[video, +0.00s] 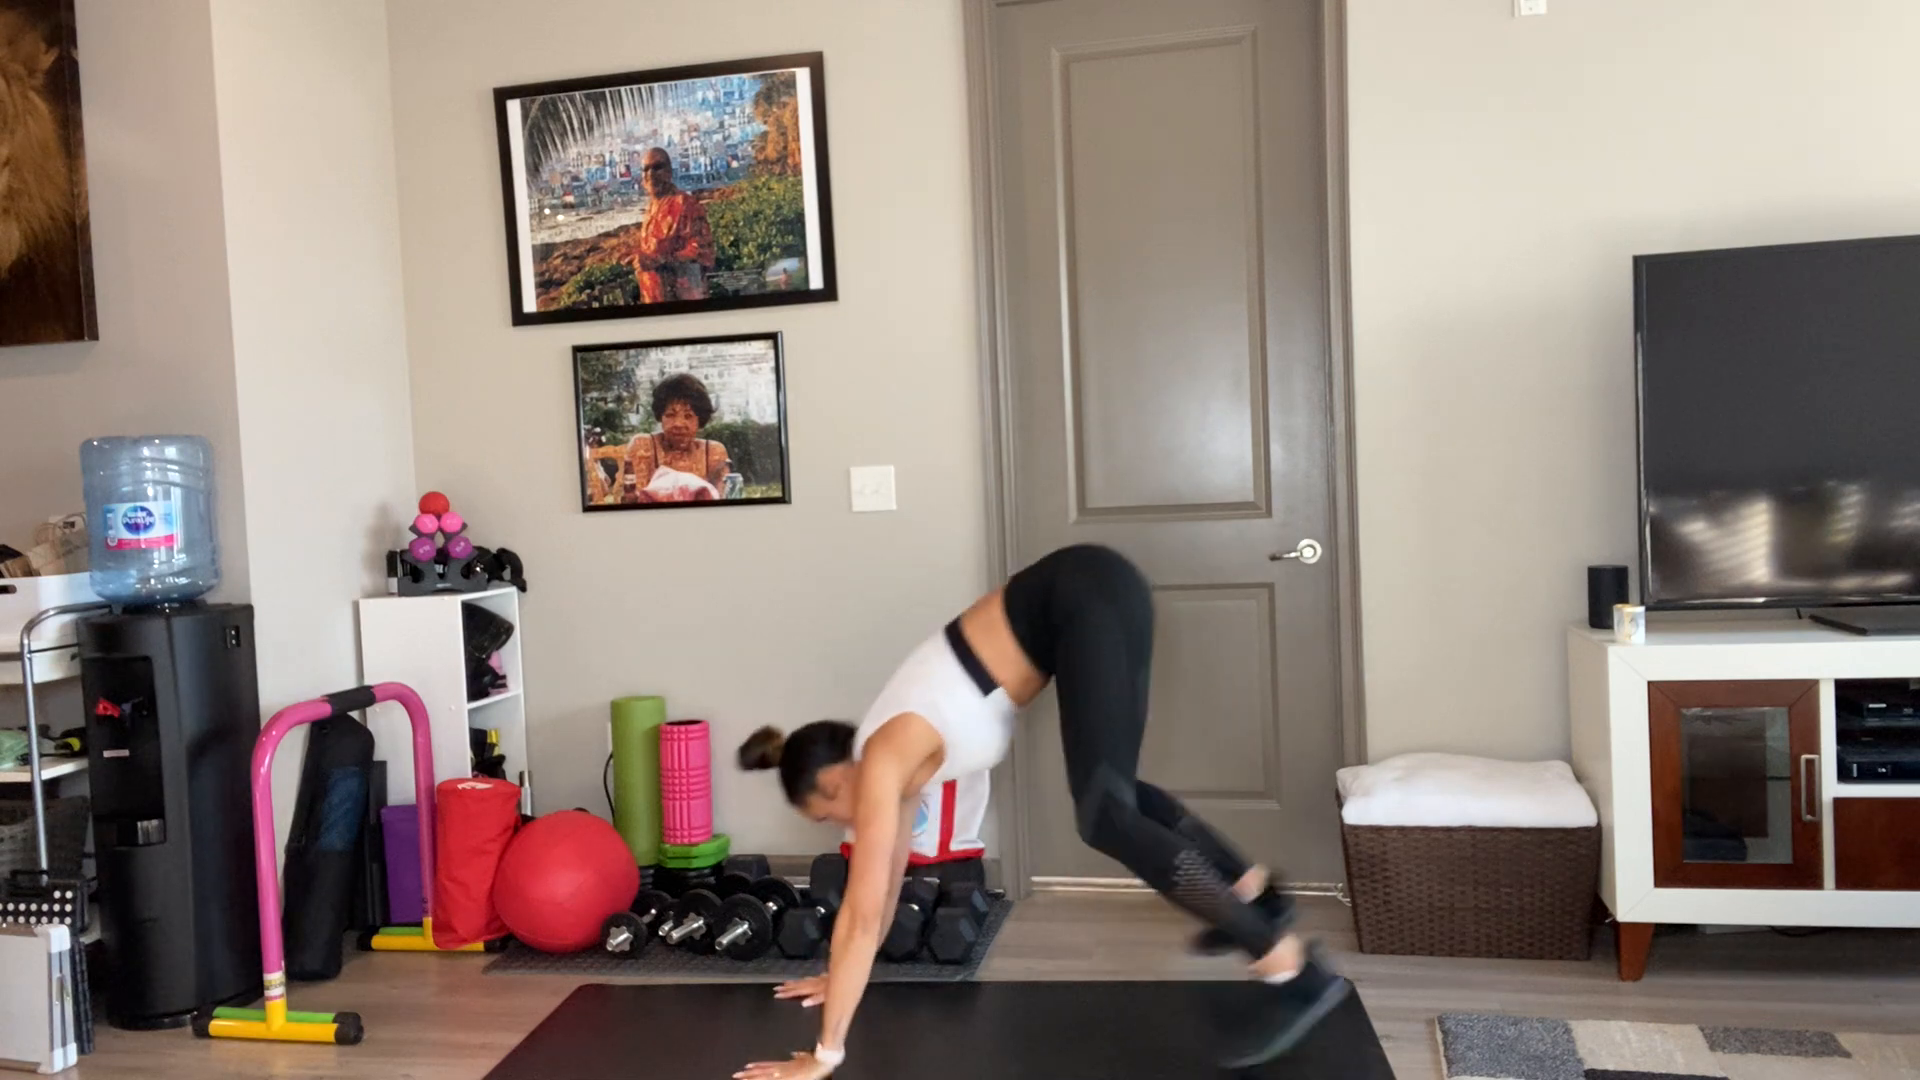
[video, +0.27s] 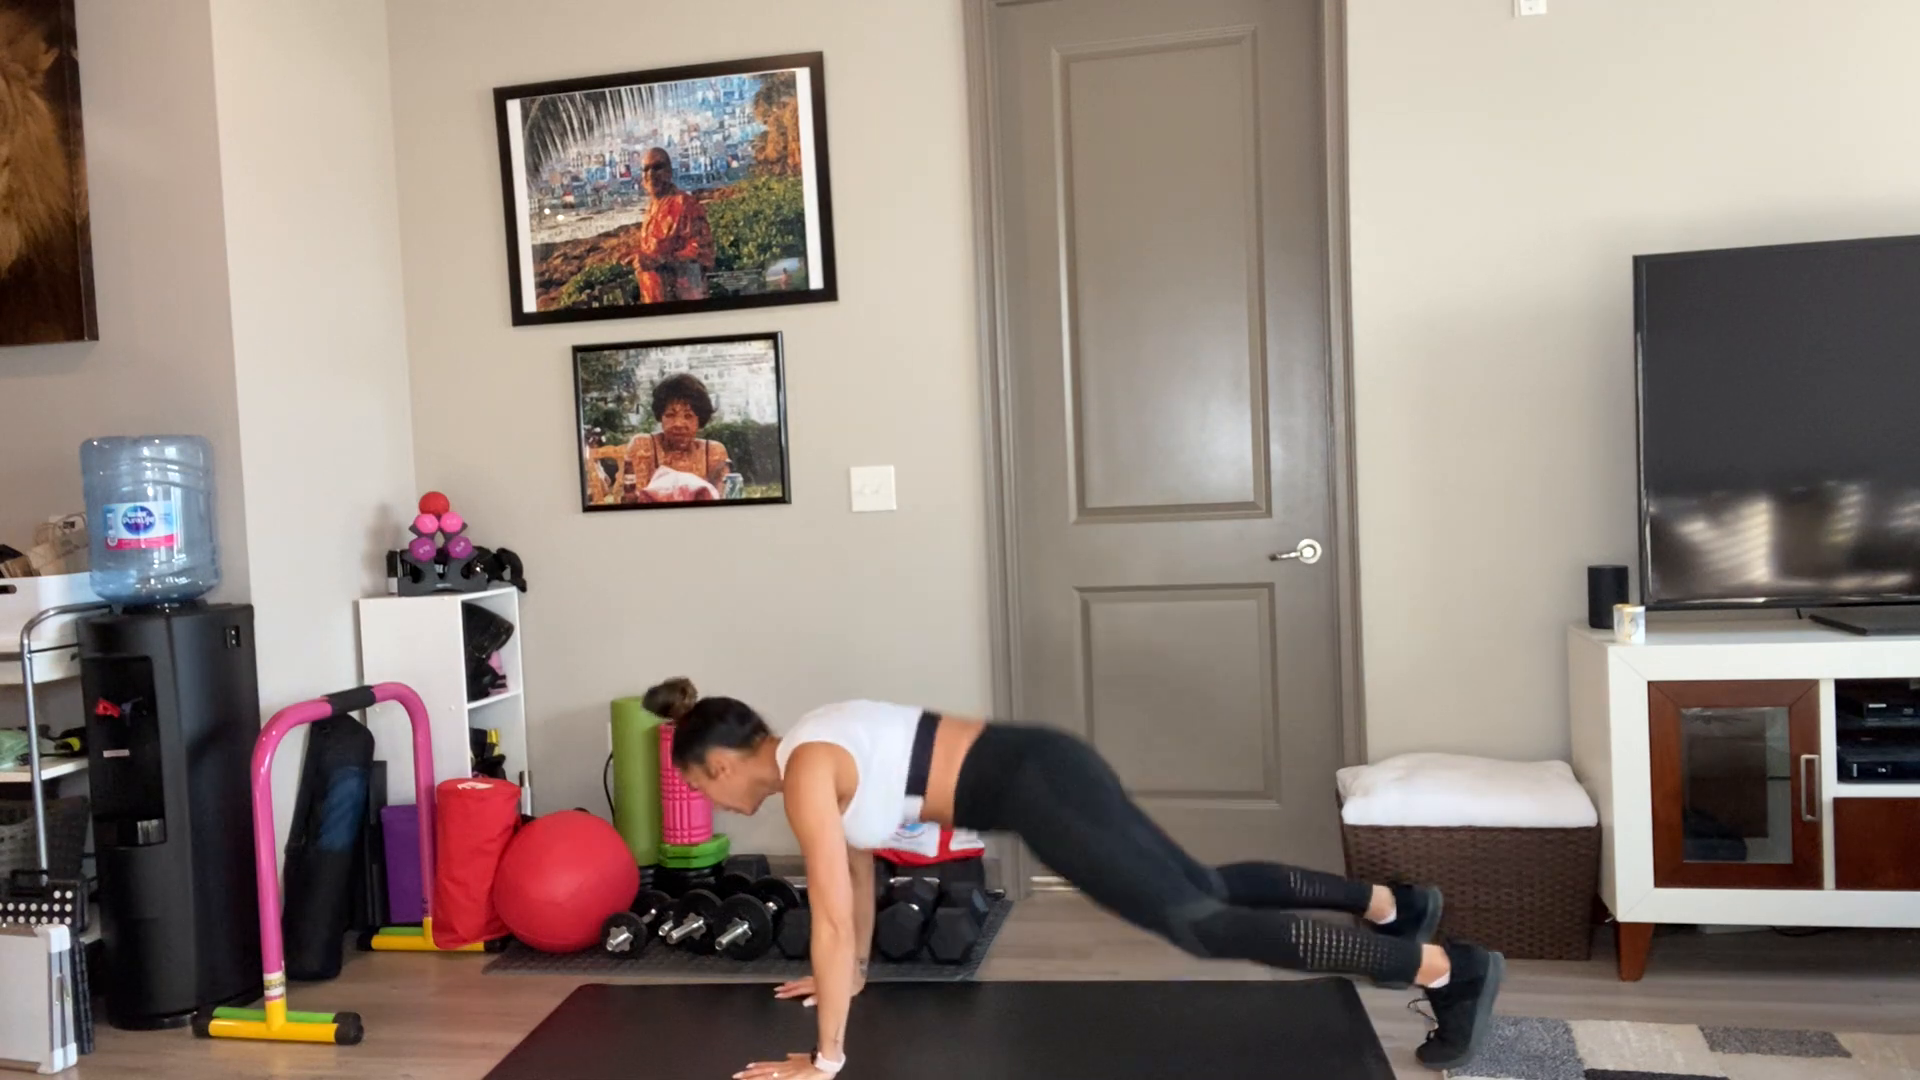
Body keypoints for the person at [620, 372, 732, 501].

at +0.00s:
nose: (679, 424)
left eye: (688, 416)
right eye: (670, 415)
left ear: (700, 420)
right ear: (660, 417)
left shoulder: (714, 451)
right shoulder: (641, 446)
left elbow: (721, 499)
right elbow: (632, 499)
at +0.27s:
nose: (679, 424)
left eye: (688, 416)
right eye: (670, 415)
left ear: (700, 420)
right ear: (660, 418)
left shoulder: (714, 451)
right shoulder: (641, 446)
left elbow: (722, 499)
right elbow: (633, 499)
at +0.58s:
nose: (679, 424)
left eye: (688, 416)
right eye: (670, 415)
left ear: (700, 420)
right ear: (660, 417)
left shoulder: (714, 451)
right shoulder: (641, 446)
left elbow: (722, 499)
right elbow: (628, 499)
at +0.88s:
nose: (679, 424)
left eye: (688, 416)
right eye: (670, 415)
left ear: (700, 420)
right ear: (660, 418)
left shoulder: (714, 451)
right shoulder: (641, 446)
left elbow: (722, 499)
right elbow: (629, 499)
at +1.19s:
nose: (679, 424)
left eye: (688, 416)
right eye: (670, 415)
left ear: (700, 420)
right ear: (660, 417)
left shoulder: (714, 451)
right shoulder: (641, 446)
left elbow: (722, 499)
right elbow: (630, 499)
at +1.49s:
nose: (679, 424)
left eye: (688, 416)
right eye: (670, 415)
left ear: (700, 420)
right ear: (660, 417)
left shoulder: (714, 451)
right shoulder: (641, 446)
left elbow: (722, 499)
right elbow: (632, 499)